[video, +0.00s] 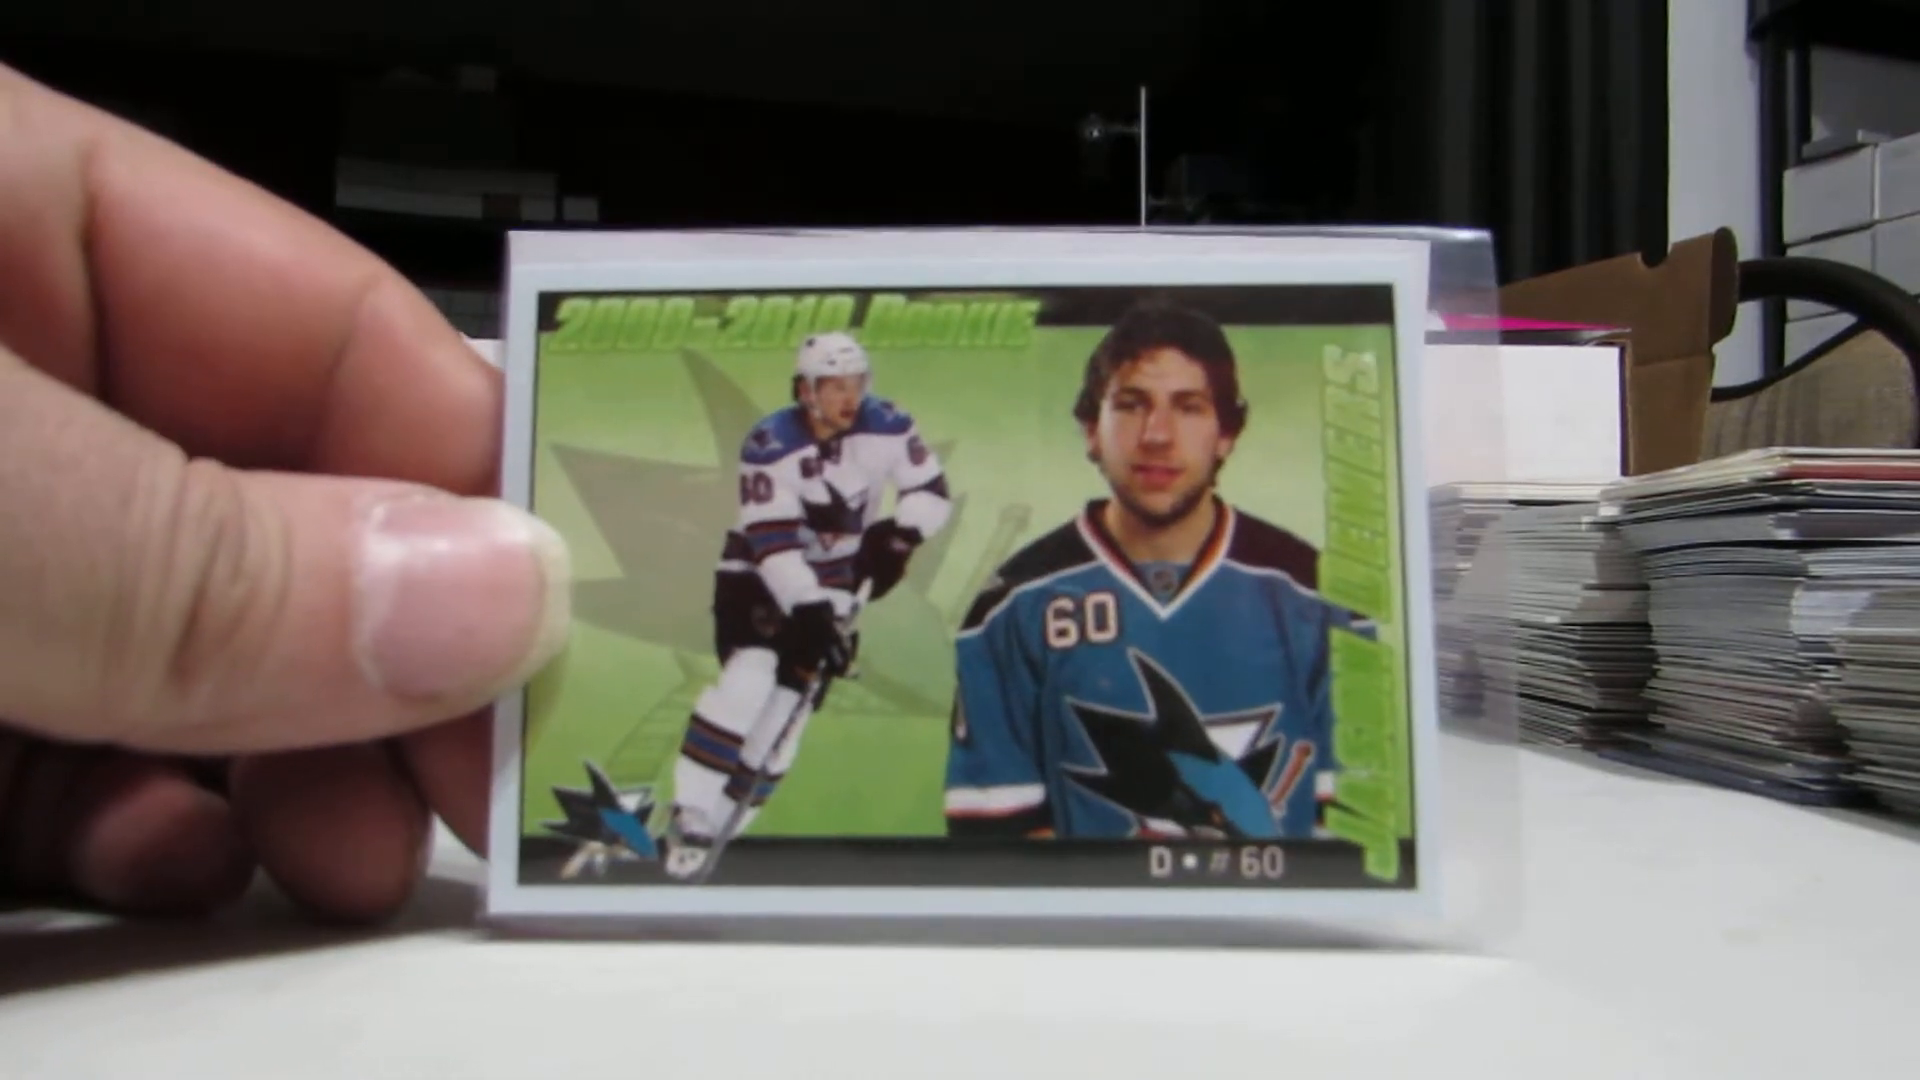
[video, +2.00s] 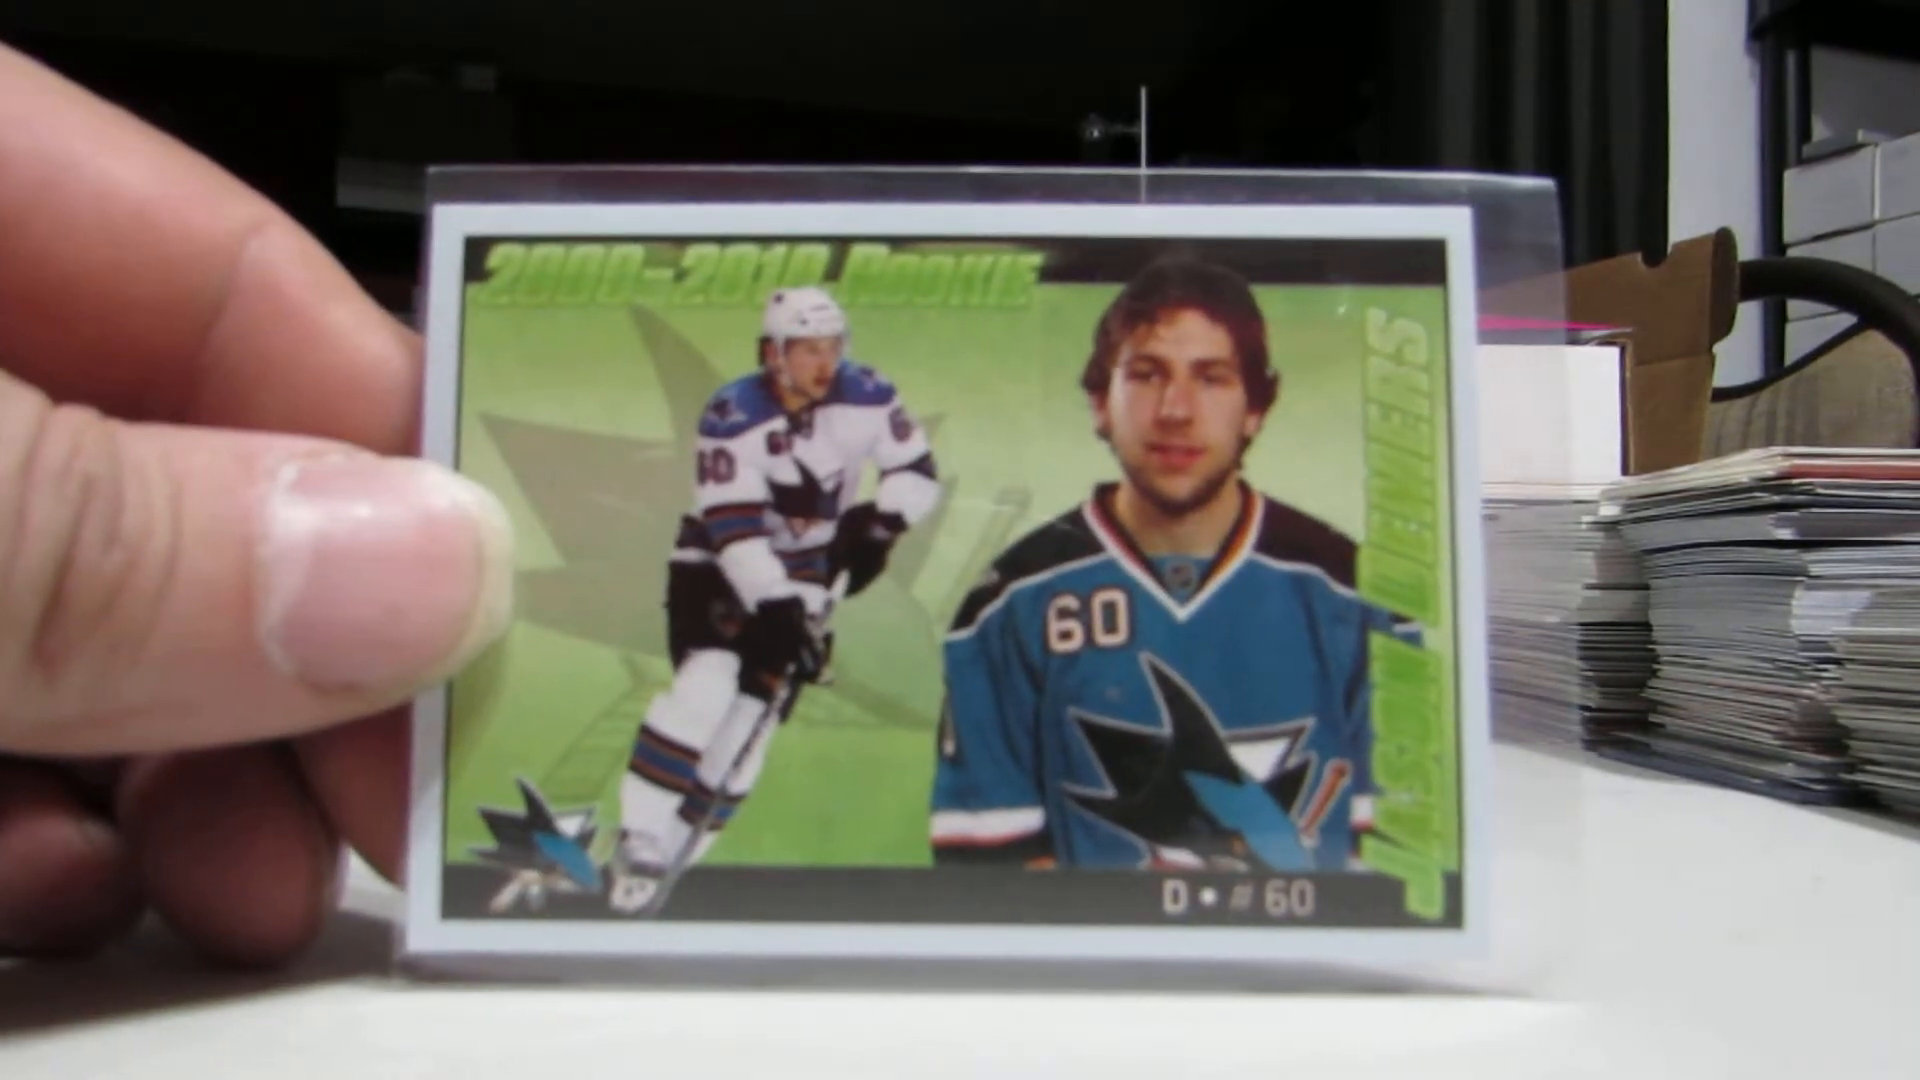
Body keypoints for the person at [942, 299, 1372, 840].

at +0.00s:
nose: (1157, 433)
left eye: (1187, 407)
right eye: (1131, 405)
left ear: (1225, 435)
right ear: (1092, 432)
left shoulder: (1315, 590)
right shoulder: (1017, 604)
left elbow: (1356, 823)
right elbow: (998, 839)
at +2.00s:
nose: (1175, 408)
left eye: (1210, 377)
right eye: (1145, 374)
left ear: (1254, 410)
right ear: (1101, 404)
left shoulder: (1350, 586)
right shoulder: (1014, 603)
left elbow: (1394, 850)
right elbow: (990, 874)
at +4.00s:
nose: (1175, 409)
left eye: (1211, 379)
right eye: (1145, 375)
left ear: (1253, 412)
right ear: (1101, 406)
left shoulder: (1351, 587)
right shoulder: (1013, 603)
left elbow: (1396, 853)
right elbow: (990, 874)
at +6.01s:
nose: (1177, 411)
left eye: (1212, 381)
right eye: (1147, 377)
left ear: (1255, 414)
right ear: (1103, 407)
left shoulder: (1355, 589)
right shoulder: (1017, 605)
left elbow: (1400, 853)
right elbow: (995, 874)